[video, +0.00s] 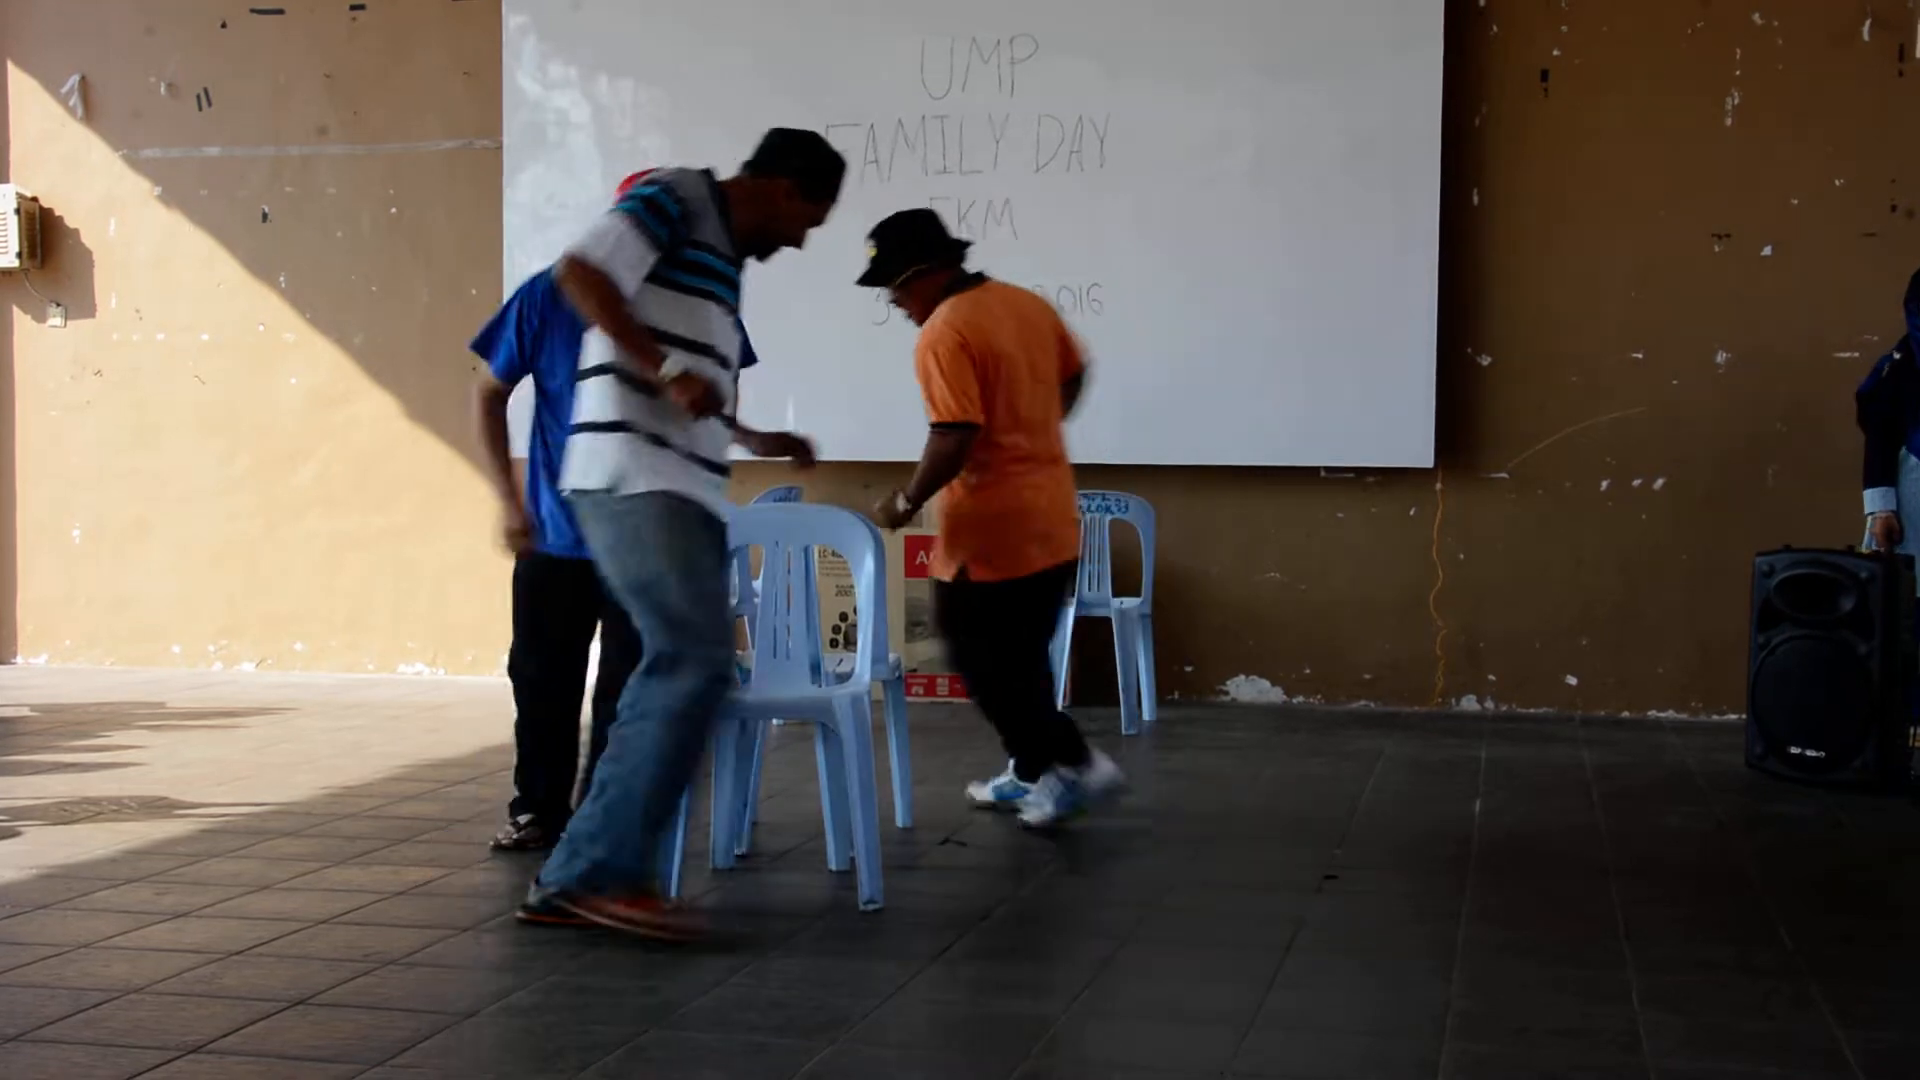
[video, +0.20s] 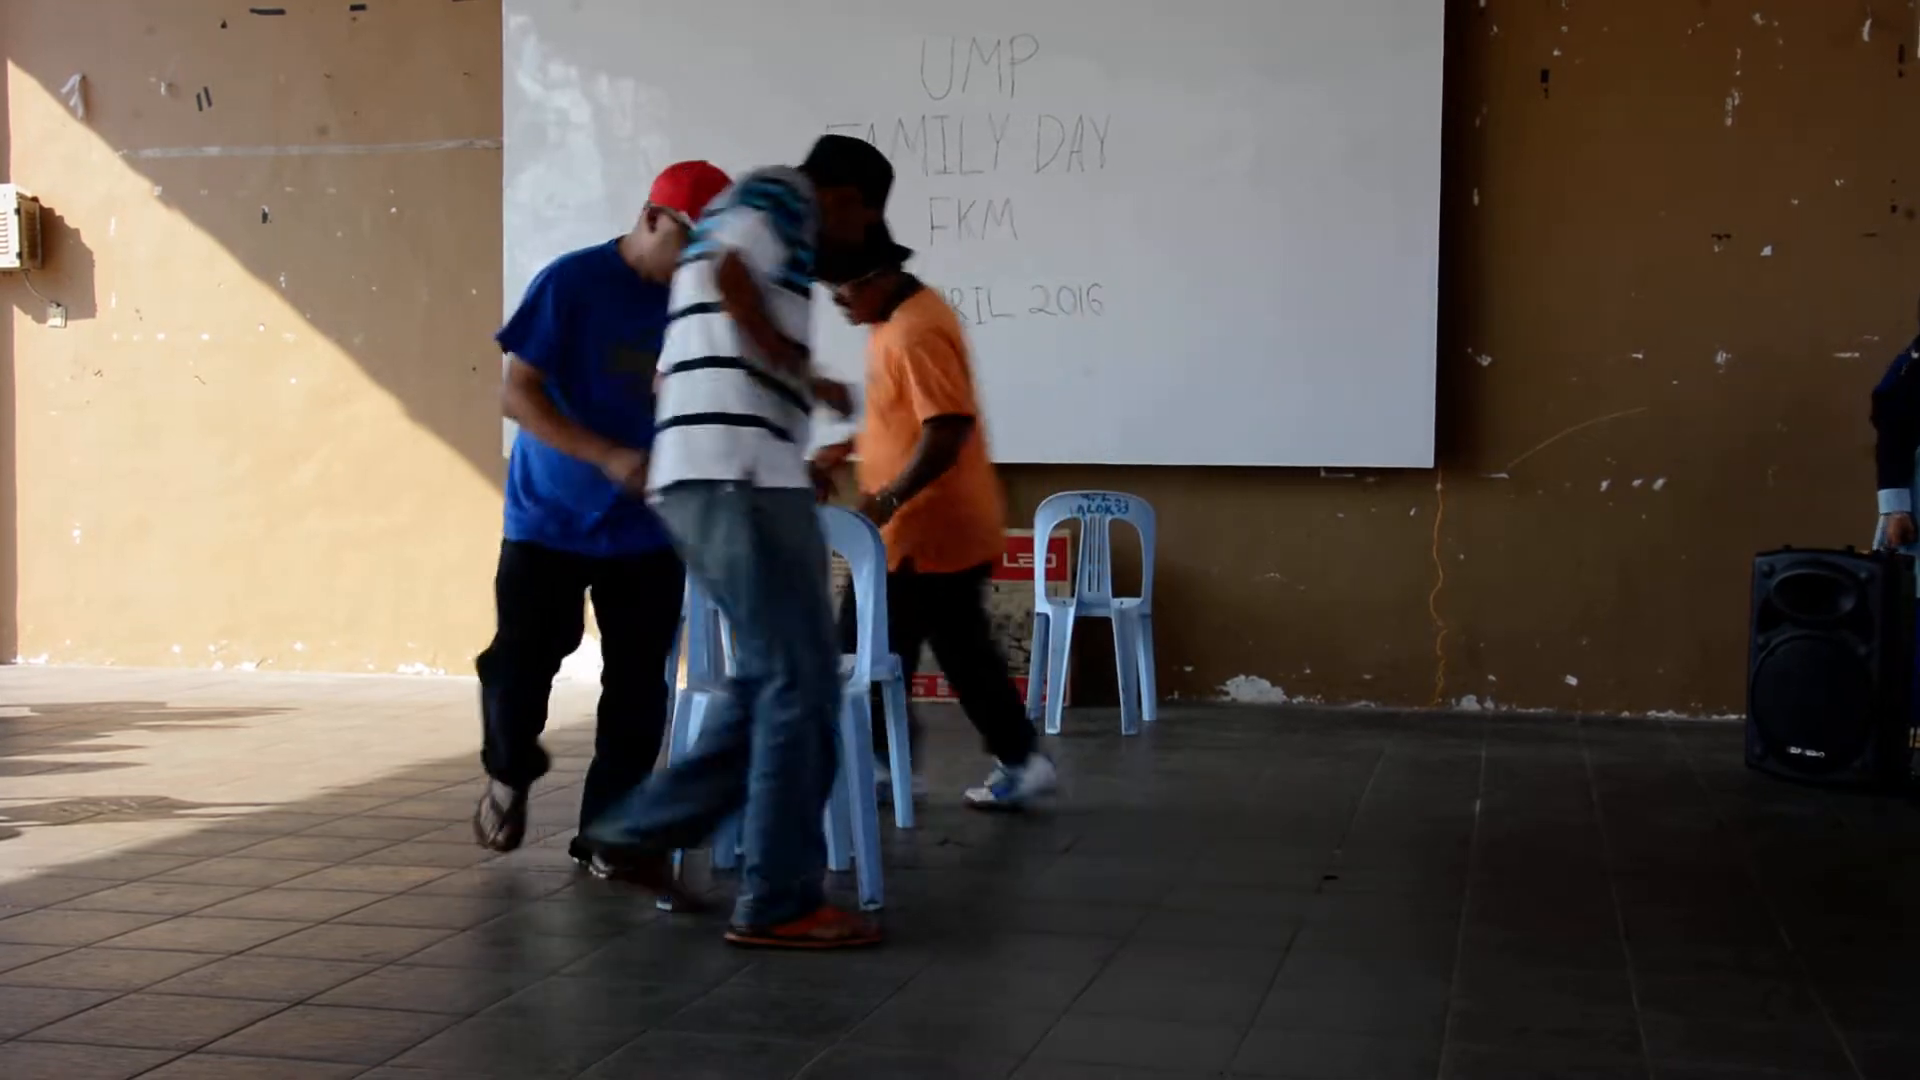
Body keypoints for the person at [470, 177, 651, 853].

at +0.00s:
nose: (643, 235)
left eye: (660, 221)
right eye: (638, 216)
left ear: (678, 233)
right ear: (616, 220)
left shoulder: (686, 307)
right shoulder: (555, 294)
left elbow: (702, 412)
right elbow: (489, 393)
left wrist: (755, 441)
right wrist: (511, 499)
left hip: (639, 534)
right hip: (557, 531)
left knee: (627, 689)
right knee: (541, 680)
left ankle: (607, 819)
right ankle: (539, 809)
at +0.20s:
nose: (692, 255)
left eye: (703, 243)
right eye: (686, 237)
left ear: (706, 241)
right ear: (652, 218)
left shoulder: (694, 301)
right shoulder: (570, 283)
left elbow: (710, 398)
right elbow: (515, 395)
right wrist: (610, 454)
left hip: (646, 529)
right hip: (549, 523)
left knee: (638, 687)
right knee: (520, 660)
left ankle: (610, 833)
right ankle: (509, 775)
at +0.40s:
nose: (727, 242)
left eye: (736, 230)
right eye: (723, 223)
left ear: (697, 211)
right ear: (681, 199)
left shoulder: (697, 291)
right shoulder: (592, 259)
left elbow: (686, 384)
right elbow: (567, 378)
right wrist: (674, 426)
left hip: (647, 531)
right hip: (564, 521)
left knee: (643, 701)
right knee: (557, 698)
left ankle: (597, 840)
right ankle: (543, 873)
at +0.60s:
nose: (737, 240)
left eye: (742, 225)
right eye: (736, 219)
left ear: (688, 196)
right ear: (699, 196)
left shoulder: (648, 267)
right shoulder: (621, 253)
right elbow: (623, 385)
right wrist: (723, 444)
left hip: (636, 534)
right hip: (584, 530)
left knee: (659, 698)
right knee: (580, 707)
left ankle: (554, 820)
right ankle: (552, 887)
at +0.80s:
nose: (756, 236)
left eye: (764, 223)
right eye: (760, 216)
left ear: (700, 184)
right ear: (728, 191)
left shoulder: (640, 238)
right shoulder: (673, 243)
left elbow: (649, 395)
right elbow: (710, 379)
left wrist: (727, 459)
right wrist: (766, 447)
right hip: (618, 515)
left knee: (578, 697)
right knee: (683, 694)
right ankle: (579, 884)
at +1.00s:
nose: (785, 256)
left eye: (792, 244)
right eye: (789, 238)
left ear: (725, 204)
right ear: (763, 212)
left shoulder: (655, 252)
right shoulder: (724, 256)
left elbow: (643, 405)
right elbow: (762, 398)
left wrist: (725, 480)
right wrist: (804, 463)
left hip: (581, 508)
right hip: (645, 523)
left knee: (619, 694)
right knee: (696, 713)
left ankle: (569, 855)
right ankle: (653, 884)